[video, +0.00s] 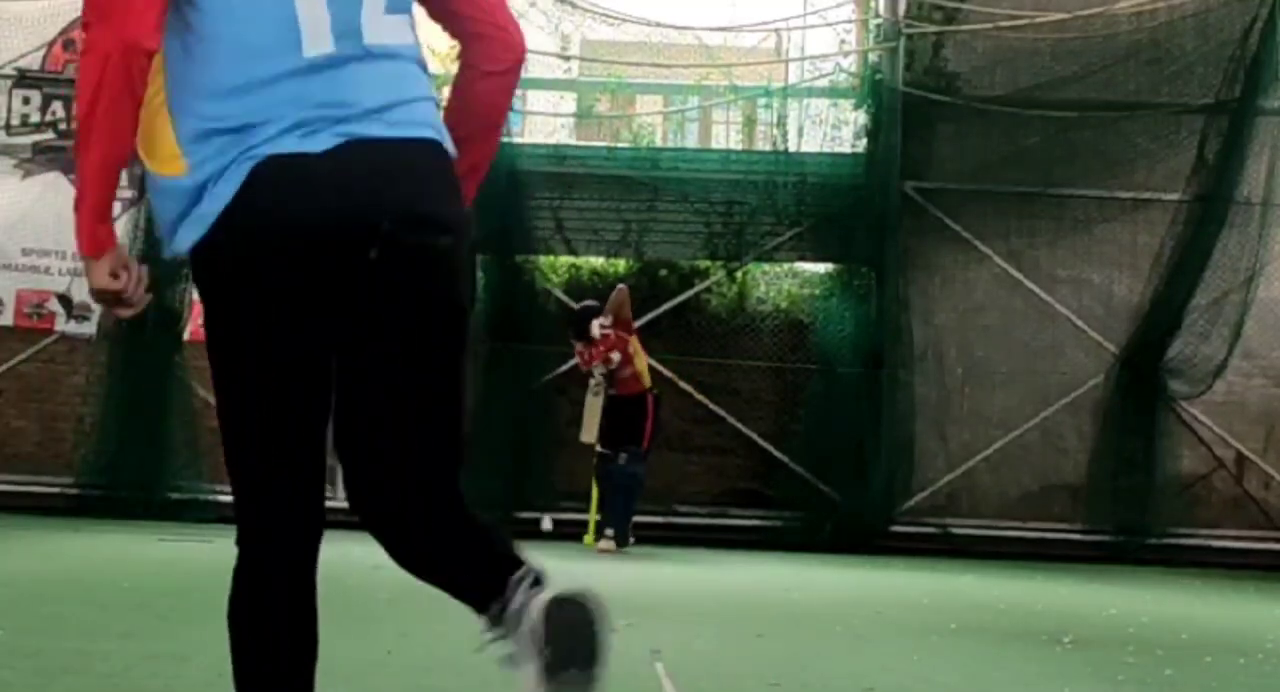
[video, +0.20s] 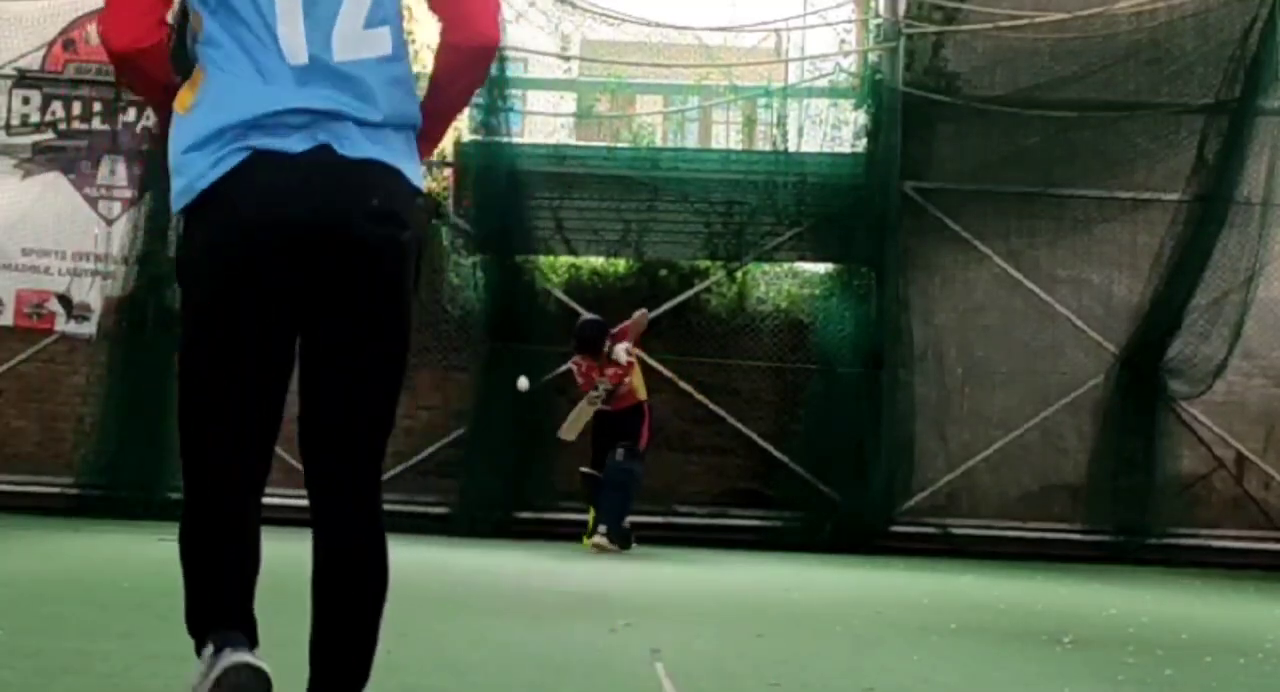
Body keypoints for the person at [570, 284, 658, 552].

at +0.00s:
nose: (601, 328)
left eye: (599, 324)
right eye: (596, 326)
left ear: (599, 323)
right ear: (586, 331)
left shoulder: (621, 330)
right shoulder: (587, 351)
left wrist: (607, 318)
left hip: (636, 394)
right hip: (612, 395)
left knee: (630, 459)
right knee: (607, 457)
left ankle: (620, 528)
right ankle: (608, 527)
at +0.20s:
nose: (594, 357)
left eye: (598, 351)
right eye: (588, 353)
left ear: (605, 341)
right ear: (581, 348)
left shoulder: (619, 340)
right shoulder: (580, 364)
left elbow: (643, 315)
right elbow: (590, 395)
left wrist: (625, 343)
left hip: (633, 408)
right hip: (605, 412)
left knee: (623, 465)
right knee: (598, 472)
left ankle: (606, 530)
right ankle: (617, 530)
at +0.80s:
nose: (602, 338)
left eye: (607, 332)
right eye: (597, 332)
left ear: (617, 329)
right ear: (588, 330)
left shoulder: (630, 357)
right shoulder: (577, 354)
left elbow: (634, 394)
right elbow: (571, 384)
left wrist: (623, 415)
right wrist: (596, 405)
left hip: (615, 424)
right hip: (584, 421)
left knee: (602, 476)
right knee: (574, 477)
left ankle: (593, 535)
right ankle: (585, 532)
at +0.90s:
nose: (603, 321)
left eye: (609, 315)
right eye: (598, 315)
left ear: (618, 318)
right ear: (590, 318)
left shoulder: (631, 351)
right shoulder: (578, 348)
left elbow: (633, 389)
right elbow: (575, 385)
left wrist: (629, 420)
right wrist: (576, 416)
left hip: (616, 409)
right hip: (587, 408)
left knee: (605, 472)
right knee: (577, 469)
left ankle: (594, 534)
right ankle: (583, 531)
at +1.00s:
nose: (604, 312)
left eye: (610, 306)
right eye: (599, 306)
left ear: (620, 309)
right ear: (592, 308)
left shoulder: (632, 345)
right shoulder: (579, 340)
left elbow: (634, 385)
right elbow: (569, 378)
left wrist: (631, 420)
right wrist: (560, 414)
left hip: (614, 407)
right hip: (583, 405)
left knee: (603, 467)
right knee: (574, 465)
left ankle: (593, 534)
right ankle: (583, 528)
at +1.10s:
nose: (604, 302)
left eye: (610, 297)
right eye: (599, 297)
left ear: (621, 300)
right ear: (592, 300)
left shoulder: (633, 339)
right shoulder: (579, 332)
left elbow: (636, 383)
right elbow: (565, 371)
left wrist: (638, 421)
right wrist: (546, 406)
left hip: (614, 404)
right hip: (583, 402)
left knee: (603, 466)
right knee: (573, 464)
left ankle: (593, 535)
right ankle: (583, 530)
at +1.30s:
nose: (607, 294)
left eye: (613, 289)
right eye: (603, 288)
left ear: (623, 295)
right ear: (595, 292)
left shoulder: (633, 335)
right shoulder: (579, 326)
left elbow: (639, 379)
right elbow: (557, 358)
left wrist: (641, 416)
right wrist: (547, 391)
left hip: (615, 400)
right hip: (585, 398)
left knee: (603, 462)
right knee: (575, 461)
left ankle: (593, 534)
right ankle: (584, 529)